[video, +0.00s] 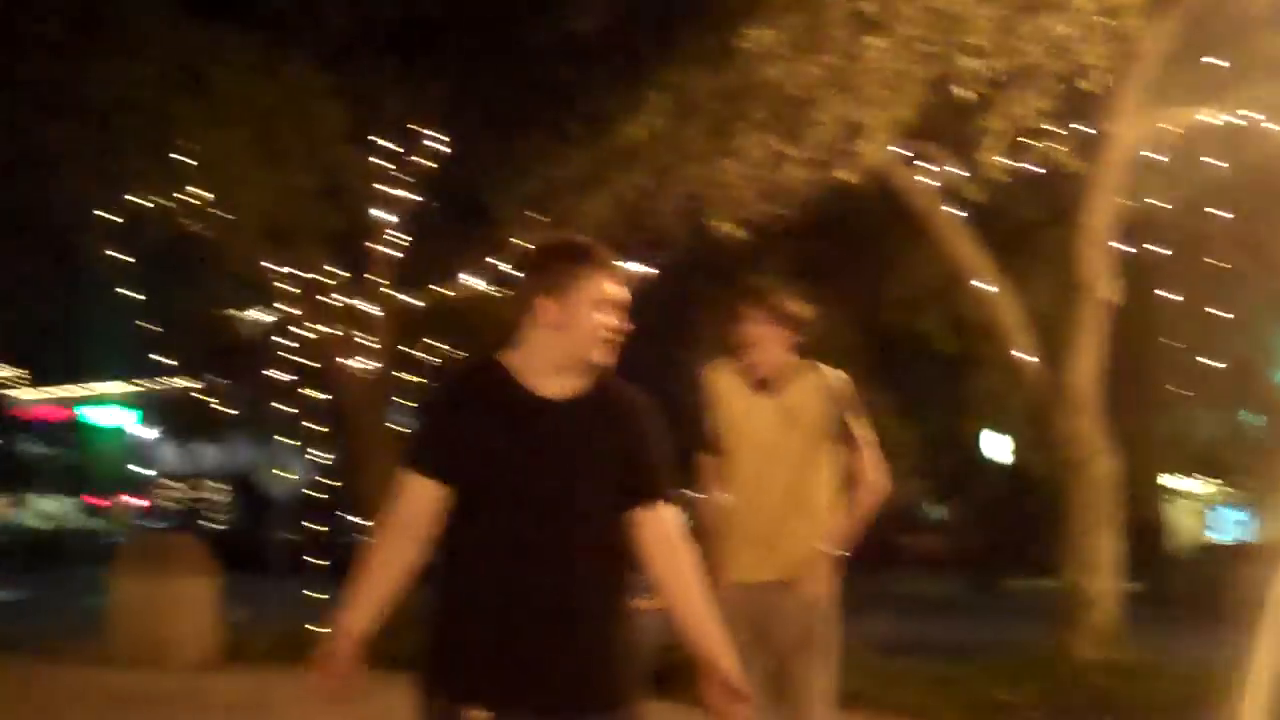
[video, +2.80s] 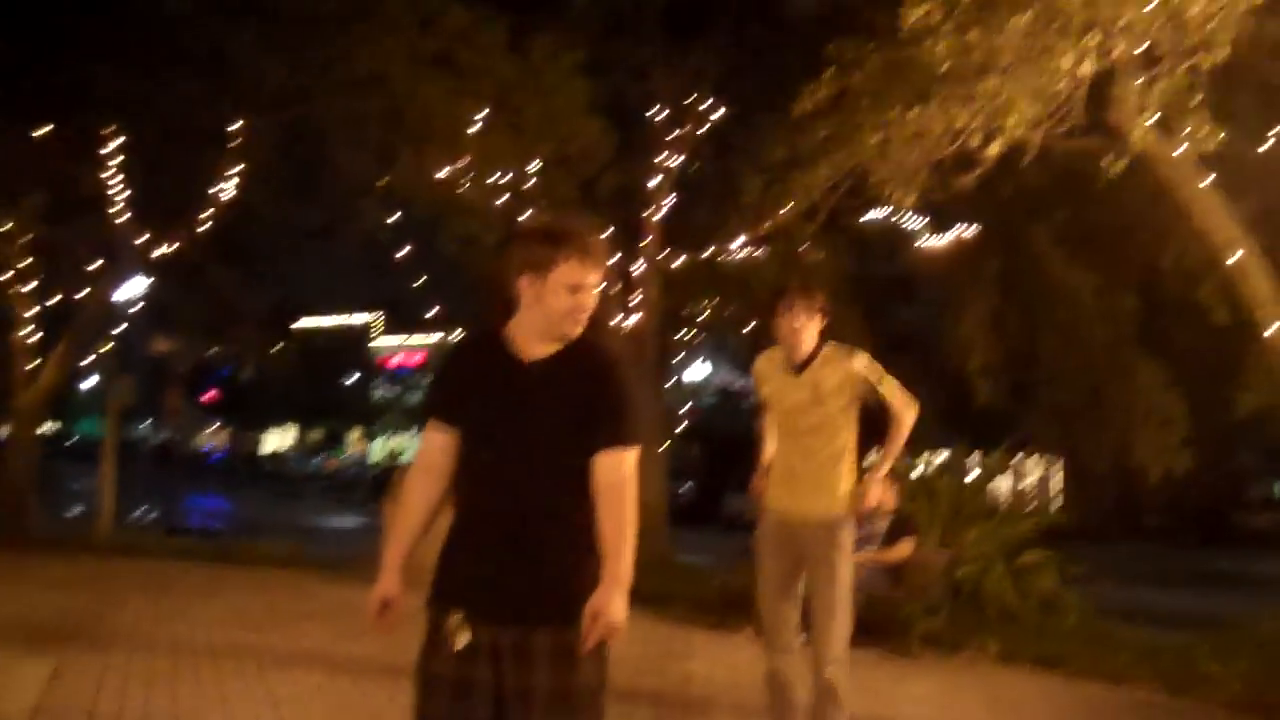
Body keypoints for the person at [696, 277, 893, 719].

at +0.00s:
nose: (747, 356)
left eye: (756, 344)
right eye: (741, 345)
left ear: (789, 336)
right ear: (734, 341)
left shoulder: (830, 386)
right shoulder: (717, 383)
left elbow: (875, 479)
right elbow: (708, 475)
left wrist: (832, 548)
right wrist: (714, 554)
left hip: (807, 579)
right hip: (733, 579)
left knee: (811, 706)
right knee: (737, 704)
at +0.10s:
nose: (828, 353)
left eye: (838, 341)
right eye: (822, 341)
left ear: (865, 335)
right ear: (811, 335)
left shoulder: (900, 385)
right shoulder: (790, 381)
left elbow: (938, 484)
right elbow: (781, 472)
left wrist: (895, 556)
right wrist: (789, 560)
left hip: (874, 585)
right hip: (804, 583)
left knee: (875, 710)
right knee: (804, 710)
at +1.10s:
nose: (839, 338)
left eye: (852, 326)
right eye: (839, 325)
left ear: (885, 334)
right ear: (833, 327)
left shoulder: (926, 381)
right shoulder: (823, 390)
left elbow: (982, 456)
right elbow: (810, 469)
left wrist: (931, 532)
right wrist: (816, 539)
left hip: (908, 562)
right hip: (841, 562)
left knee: (918, 692)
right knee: (840, 690)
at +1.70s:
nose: (871, 348)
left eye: (880, 338)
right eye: (871, 337)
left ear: (912, 347)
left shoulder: (955, 396)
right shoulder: (865, 395)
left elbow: (1005, 485)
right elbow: (865, 471)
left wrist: (966, 551)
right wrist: (858, 540)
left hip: (933, 575)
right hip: (872, 571)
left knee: (922, 706)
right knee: (864, 703)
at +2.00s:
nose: (848, 371)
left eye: (859, 364)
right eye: (849, 361)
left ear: (887, 378)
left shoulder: (924, 428)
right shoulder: (834, 410)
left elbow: (976, 493)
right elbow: (829, 468)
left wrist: (923, 544)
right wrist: (821, 514)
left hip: (888, 577)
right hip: (830, 567)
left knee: (874, 697)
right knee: (812, 687)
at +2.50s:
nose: (839, 343)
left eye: (850, 334)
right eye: (832, 332)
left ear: (868, 343)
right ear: (819, 339)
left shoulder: (892, 393)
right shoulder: (801, 385)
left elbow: (930, 468)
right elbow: (790, 445)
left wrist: (895, 527)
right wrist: (782, 506)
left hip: (858, 555)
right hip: (800, 547)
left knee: (848, 684)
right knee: (792, 677)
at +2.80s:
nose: (793, 326)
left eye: (802, 316)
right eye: (786, 315)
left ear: (821, 321)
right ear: (775, 321)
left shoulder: (850, 364)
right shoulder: (765, 367)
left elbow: (906, 408)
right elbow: (770, 417)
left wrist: (878, 473)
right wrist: (764, 465)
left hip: (831, 519)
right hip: (777, 515)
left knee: (830, 639)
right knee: (777, 632)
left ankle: (829, 713)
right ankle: (784, 713)